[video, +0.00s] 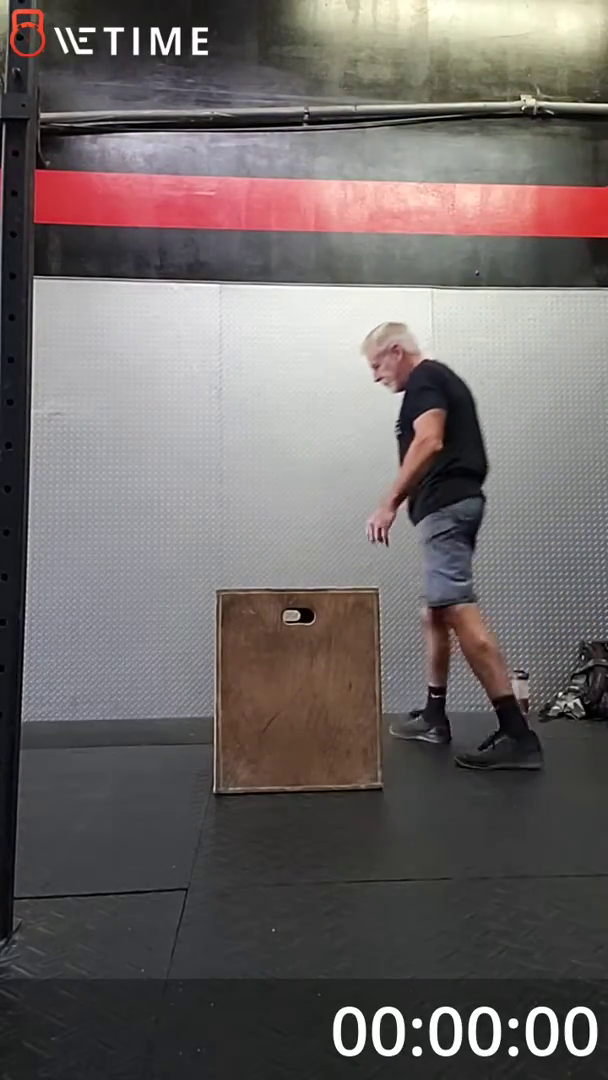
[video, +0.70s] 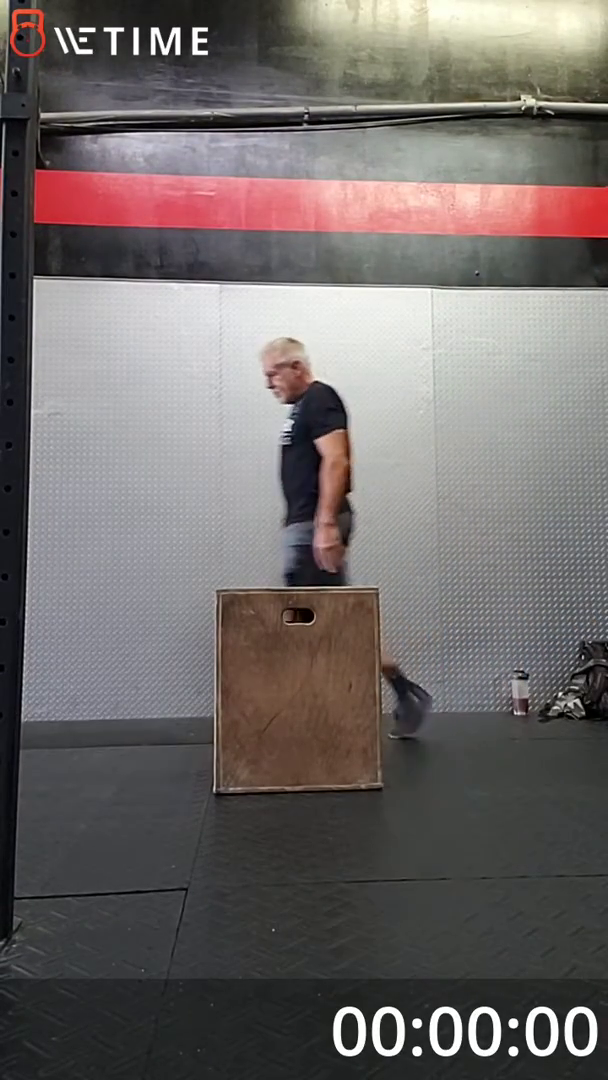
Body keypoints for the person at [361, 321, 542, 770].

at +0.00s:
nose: (377, 377)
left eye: (377, 366)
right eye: (373, 369)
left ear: (397, 353)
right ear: (400, 353)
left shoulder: (425, 378)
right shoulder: (441, 379)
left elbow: (429, 442)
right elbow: (444, 453)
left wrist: (389, 503)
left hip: (446, 508)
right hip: (458, 505)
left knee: (461, 614)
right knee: (437, 613)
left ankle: (517, 734)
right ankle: (433, 718)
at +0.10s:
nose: (362, 380)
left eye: (364, 369)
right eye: (359, 372)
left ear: (385, 357)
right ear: (386, 358)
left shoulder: (411, 383)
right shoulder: (421, 383)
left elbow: (421, 446)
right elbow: (432, 454)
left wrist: (389, 511)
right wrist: (405, 513)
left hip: (431, 509)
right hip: (437, 508)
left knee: (423, 614)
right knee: (425, 614)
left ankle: (499, 713)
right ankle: (433, 718)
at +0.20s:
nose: (350, 383)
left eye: (350, 373)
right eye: (347, 376)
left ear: (372, 360)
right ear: (371, 362)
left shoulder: (398, 386)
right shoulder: (404, 386)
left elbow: (416, 444)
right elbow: (416, 451)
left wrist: (396, 512)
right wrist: (394, 509)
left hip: (416, 510)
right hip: (430, 508)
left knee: (390, 608)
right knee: (419, 612)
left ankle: (468, 693)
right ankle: (432, 716)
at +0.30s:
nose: (335, 382)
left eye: (339, 373)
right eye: (332, 376)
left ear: (361, 362)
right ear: (358, 367)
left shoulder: (387, 388)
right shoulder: (381, 394)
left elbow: (412, 445)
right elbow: (400, 454)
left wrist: (399, 509)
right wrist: (382, 509)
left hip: (391, 513)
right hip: (411, 510)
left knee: (365, 608)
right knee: (412, 610)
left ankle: (420, 700)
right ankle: (430, 715)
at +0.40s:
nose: (322, 384)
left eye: (324, 375)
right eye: (318, 378)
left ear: (347, 365)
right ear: (341, 370)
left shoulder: (374, 389)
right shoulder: (359, 401)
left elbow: (402, 445)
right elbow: (374, 459)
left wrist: (393, 510)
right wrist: (362, 511)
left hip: (374, 517)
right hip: (390, 514)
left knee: (343, 617)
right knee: (409, 615)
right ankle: (431, 714)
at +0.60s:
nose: (289, 387)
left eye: (293, 377)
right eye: (286, 379)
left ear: (316, 369)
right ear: (314, 373)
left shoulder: (339, 398)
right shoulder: (327, 405)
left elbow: (362, 456)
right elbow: (347, 466)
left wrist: (354, 521)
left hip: (334, 526)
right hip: (345, 523)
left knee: (320, 627)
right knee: (382, 615)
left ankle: (320, 724)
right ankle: (425, 705)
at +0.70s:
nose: (270, 383)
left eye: (275, 374)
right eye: (267, 375)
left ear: (298, 369)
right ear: (291, 373)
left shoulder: (319, 399)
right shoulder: (306, 405)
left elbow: (337, 460)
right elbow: (320, 466)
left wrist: (326, 524)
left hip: (314, 526)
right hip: (309, 524)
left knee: (302, 624)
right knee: (333, 622)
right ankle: (404, 689)